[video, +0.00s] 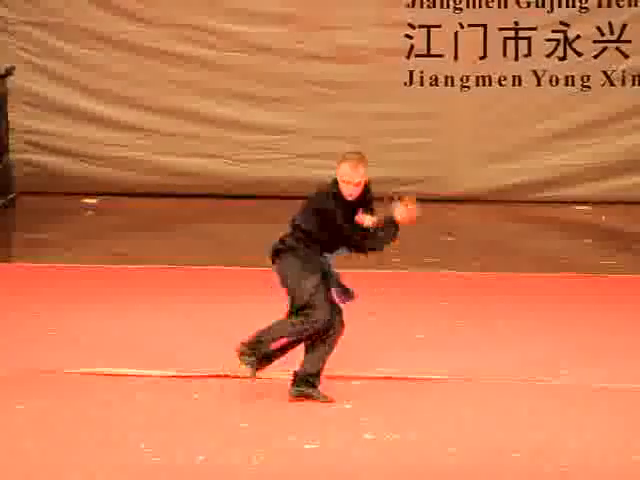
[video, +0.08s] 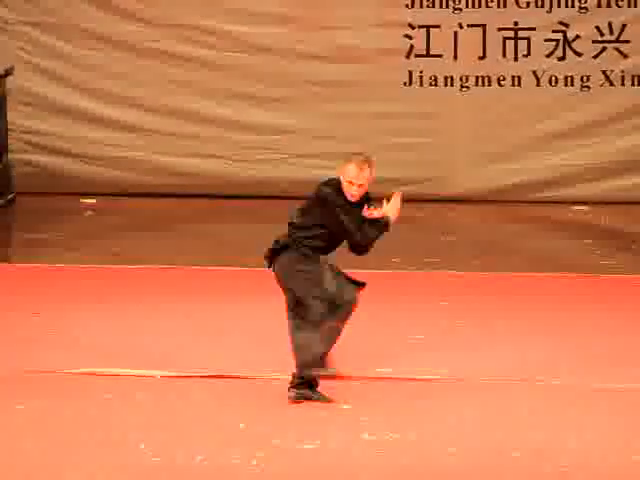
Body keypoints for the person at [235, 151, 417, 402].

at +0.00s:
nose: (352, 190)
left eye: (358, 184)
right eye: (347, 183)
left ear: (366, 181)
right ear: (337, 178)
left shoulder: (362, 198)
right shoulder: (324, 202)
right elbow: (357, 242)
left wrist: (372, 222)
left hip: (315, 262)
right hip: (294, 257)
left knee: (332, 321)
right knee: (317, 315)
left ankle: (305, 382)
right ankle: (253, 349)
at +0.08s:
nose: (353, 190)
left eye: (360, 185)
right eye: (349, 183)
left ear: (368, 184)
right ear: (341, 179)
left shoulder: (331, 190)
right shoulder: (336, 201)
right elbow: (359, 244)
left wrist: (373, 211)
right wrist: (384, 220)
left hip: (301, 257)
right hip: (295, 260)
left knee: (345, 296)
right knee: (312, 309)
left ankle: (315, 357)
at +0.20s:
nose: (359, 197)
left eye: (365, 192)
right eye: (355, 190)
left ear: (370, 187)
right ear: (344, 179)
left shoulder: (339, 192)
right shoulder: (326, 203)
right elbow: (333, 254)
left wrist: (372, 204)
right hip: (302, 271)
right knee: (337, 322)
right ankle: (305, 381)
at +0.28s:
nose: (379, 190)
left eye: (379, 182)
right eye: (372, 183)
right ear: (352, 184)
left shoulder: (347, 210)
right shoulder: (333, 210)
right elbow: (312, 250)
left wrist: (345, 274)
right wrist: (337, 279)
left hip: (322, 278)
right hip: (304, 280)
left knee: (366, 302)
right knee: (338, 324)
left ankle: (340, 353)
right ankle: (307, 378)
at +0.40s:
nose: (377, 236)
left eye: (381, 230)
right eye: (373, 229)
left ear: (382, 223)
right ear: (358, 221)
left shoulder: (354, 207)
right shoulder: (342, 239)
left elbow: (350, 171)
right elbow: (322, 261)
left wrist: (343, 131)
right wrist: (306, 287)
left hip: (321, 288)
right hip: (299, 292)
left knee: (363, 321)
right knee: (346, 340)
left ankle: (336, 372)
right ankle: (312, 376)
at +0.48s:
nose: (379, 244)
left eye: (383, 239)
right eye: (378, 238)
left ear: (368, 223)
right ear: (365, 229)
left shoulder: (351, 215)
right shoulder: (347, 247)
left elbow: (354, 183)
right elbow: (328, 273)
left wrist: (355, 143)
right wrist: (314, 303)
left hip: (314, 293)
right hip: (300, 299)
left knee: (362, 320)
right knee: (348, 342)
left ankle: (341, 371)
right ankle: (312, 377)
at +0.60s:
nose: (383, 222)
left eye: (386, 215)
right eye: (380, 215)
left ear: (366, 203)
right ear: (367, 210)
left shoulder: (352, 202)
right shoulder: (350, 230)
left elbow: (339, 187)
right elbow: (339, 274)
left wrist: (327, 171)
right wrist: (353, 304)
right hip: (302, 291)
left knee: (360, 322)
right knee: (348, 332)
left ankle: (343, 373)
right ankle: (311, 379)